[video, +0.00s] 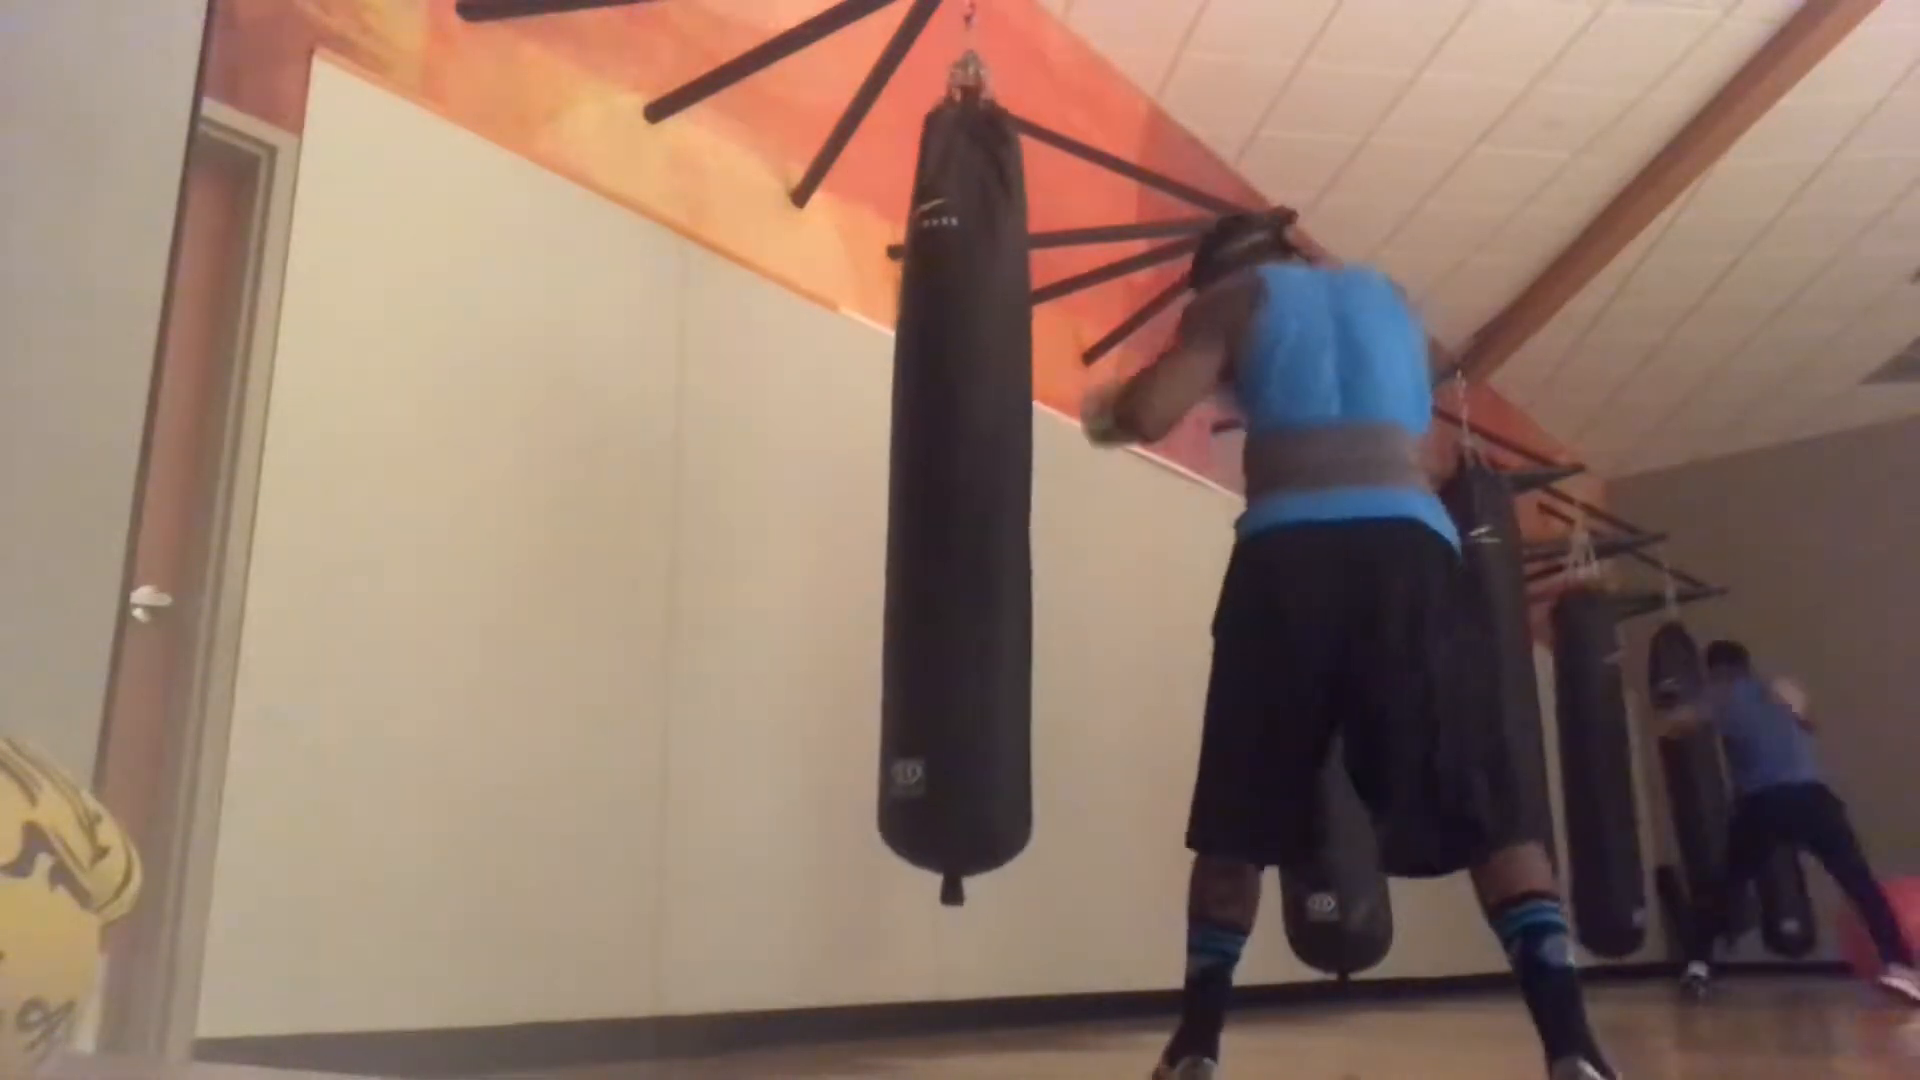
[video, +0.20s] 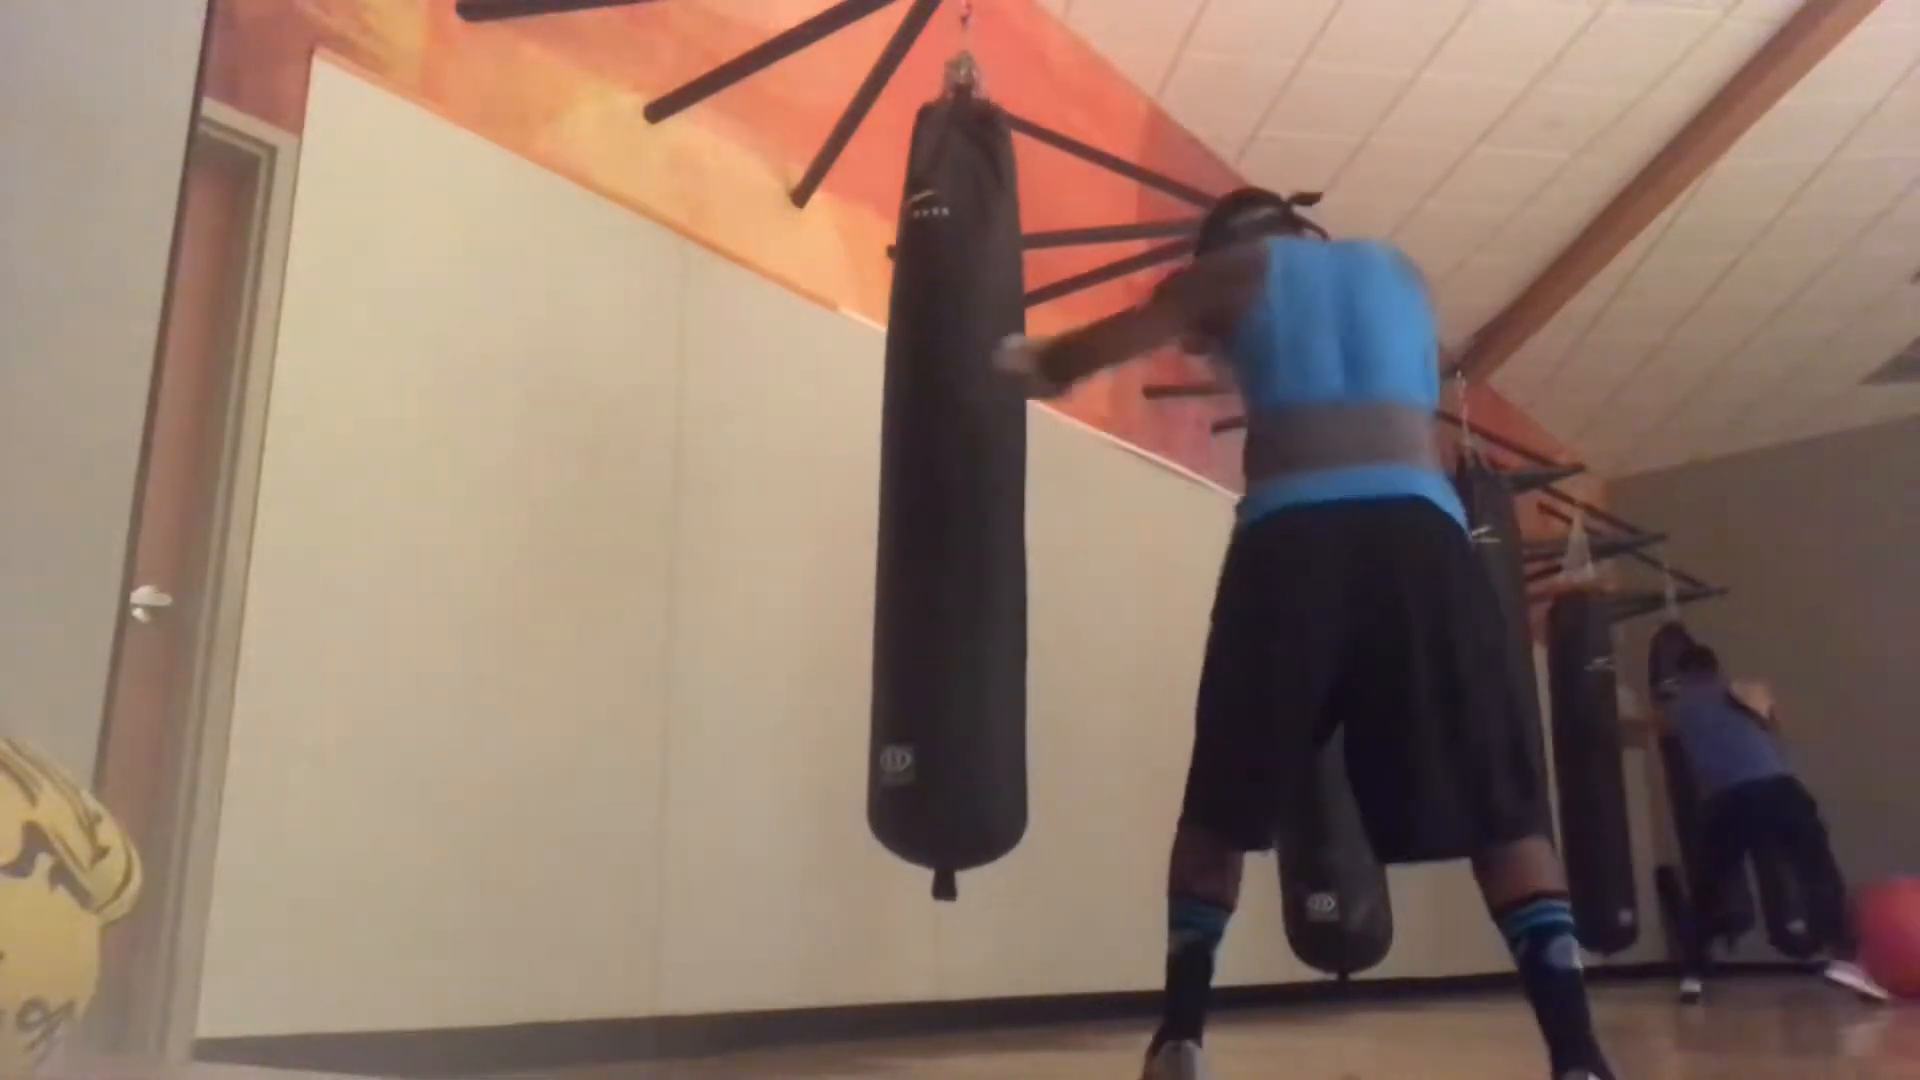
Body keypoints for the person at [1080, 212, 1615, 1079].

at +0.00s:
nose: (1207, 311)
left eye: (1209, 298)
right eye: (1204, 302)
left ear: (1224, 274)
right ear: (1292, 248)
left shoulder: (1234, 295)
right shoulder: (1392, 300)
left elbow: (1148, 412)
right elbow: (1445, 366)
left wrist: (1108, 411)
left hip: (1284, 568)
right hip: (1413, 564)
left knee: (1236, 812)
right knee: (1486, 804)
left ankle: (1196, 1043)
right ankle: (1571, 1046)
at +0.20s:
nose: (1213, 284)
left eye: (1213, 269)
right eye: (1212, 273)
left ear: (1234, 243)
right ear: (1295, 225)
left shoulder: (1237, 268)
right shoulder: (1399, 271)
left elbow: (1089, 351)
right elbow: (1425, 412)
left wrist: (1036, 363)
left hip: (1290, 559)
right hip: (1425, 553)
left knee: (1222, 801)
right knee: (1499, 801)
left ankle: (1179, 1037)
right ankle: (1577, 1053)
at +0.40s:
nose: (1190, 267)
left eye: (1190, 253)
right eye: (1192, 254)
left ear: (1203, 237)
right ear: (1277, 219)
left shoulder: (1195, 262)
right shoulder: (1366, 258)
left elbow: (1067, 342)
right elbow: (1432, 358)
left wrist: (987, 368)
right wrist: (1361, 362)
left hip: (1248, 542)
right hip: (1378, 535)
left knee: (1209, 797)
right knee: (1467, 785)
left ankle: (1178, 1049)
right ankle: (1544, 1039)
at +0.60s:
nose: (1205, 267)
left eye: (1206, 251)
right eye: (1207, 253)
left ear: (1227, 231)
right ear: (1290, 214)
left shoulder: (1227, 260)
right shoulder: (1390, 269)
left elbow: (1111, 381)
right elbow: (1382, 401)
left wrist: (1066, 383)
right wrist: (1257, 420)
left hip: (1260, 553)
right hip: (1396, 550)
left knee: (1202, 795)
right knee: (1463, 800)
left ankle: (1171, 1044)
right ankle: (1544, 1054)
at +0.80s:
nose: (1176, 258)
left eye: (1179, 246)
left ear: (1193, 239)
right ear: (1268, 218)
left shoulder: (1175, 266)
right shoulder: (1353, 254)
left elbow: (1040, 368)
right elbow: (1409, 357)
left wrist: (985, 370)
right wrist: (1359, 376)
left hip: (1213, 548)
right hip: (1342, 541)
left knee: (1177, 803)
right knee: (1444, 793)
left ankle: (1129, 1047)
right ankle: (1529, 1046)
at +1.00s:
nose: (1139, 264)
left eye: (1143, 250)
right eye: (1142, 252)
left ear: (1167, 237)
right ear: (1251, 226)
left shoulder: (1150, 266)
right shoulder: (1313, 269)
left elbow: (1030, 384)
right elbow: (1323, 395)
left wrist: (997, 382)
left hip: (1177, 539)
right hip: (1303, 536)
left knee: (1151, 798)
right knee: (1397, 786)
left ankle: (1127, 1051)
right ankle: (1441, 1028)